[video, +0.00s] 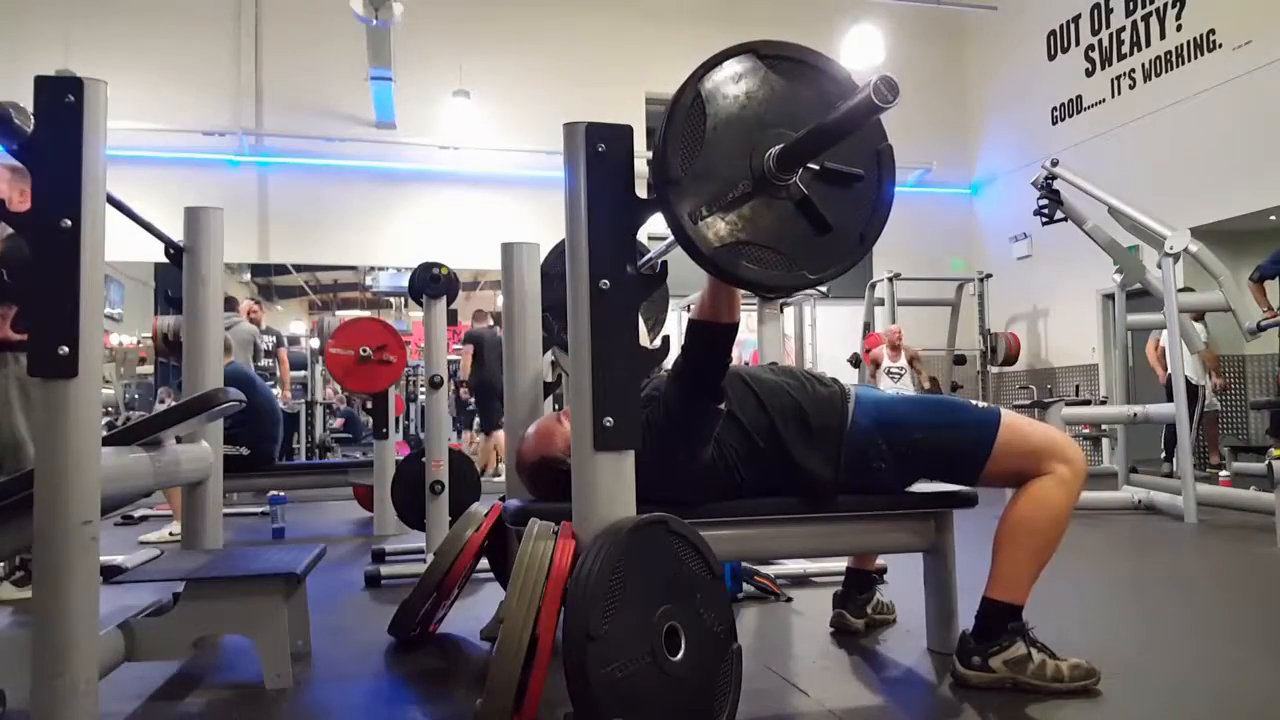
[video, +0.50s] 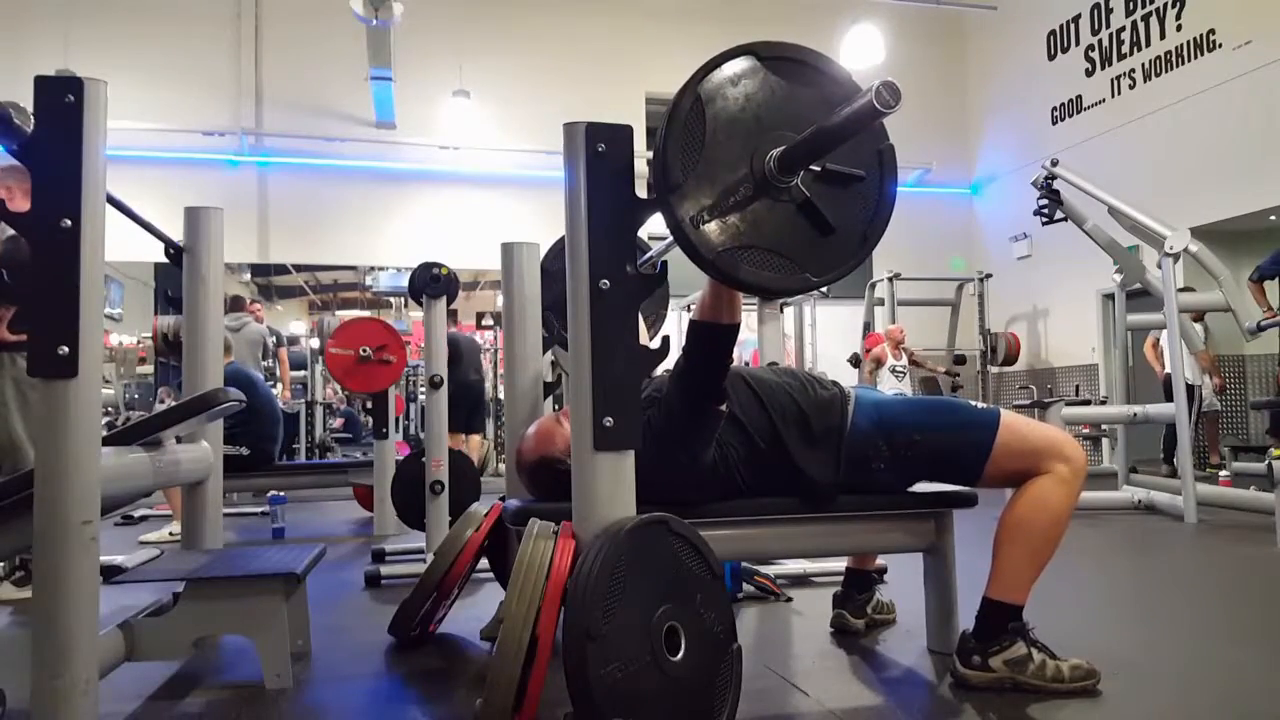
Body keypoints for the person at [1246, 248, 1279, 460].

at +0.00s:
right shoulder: (1277, 256)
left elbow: (1254, 280)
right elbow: (1255, 279)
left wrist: (1268, 309)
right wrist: (1268, 309)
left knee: (1276, 395)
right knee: (1277, 395)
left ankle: (1275, 442)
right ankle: (1275, 443)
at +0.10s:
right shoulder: (1278, 255)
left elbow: (1255, 280)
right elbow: (1255, 279)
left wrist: (1268, 309)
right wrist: (1267, 309)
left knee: (1277, 393)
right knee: (1278, 392)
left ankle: (1275, 441)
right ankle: (1275, 442)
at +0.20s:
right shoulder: (1278, 255)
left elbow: (1254, 280)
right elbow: (1254, 279)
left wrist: (1268, 309)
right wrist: (1268, 309)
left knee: (1277, 393)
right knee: (1278, 392)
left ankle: (1275, 441)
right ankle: (1275, 442)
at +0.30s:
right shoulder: (1277, 256)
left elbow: (1254, 280)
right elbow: (1254, 280)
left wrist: (1267, 309)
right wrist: (1267, 309)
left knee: (1276, 394)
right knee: (1277, 394)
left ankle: (1275, 442)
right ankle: (1275, 442)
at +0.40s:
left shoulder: (1275, 258)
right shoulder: (1276, 257)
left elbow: (1254, 280)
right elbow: (1254, 280)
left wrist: (1267, 309)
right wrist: (1267, 309)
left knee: (1277, 394)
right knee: (1277, 394)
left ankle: (1274, 441)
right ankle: (1274, 442)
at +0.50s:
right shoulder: (1278, 256)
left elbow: (1254, 280)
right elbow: (1254, 279)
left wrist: (1268, 309)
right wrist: (1267, 309)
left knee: (1277, 393)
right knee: (1278, 392)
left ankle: (1275, 442)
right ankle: (1275, 442)